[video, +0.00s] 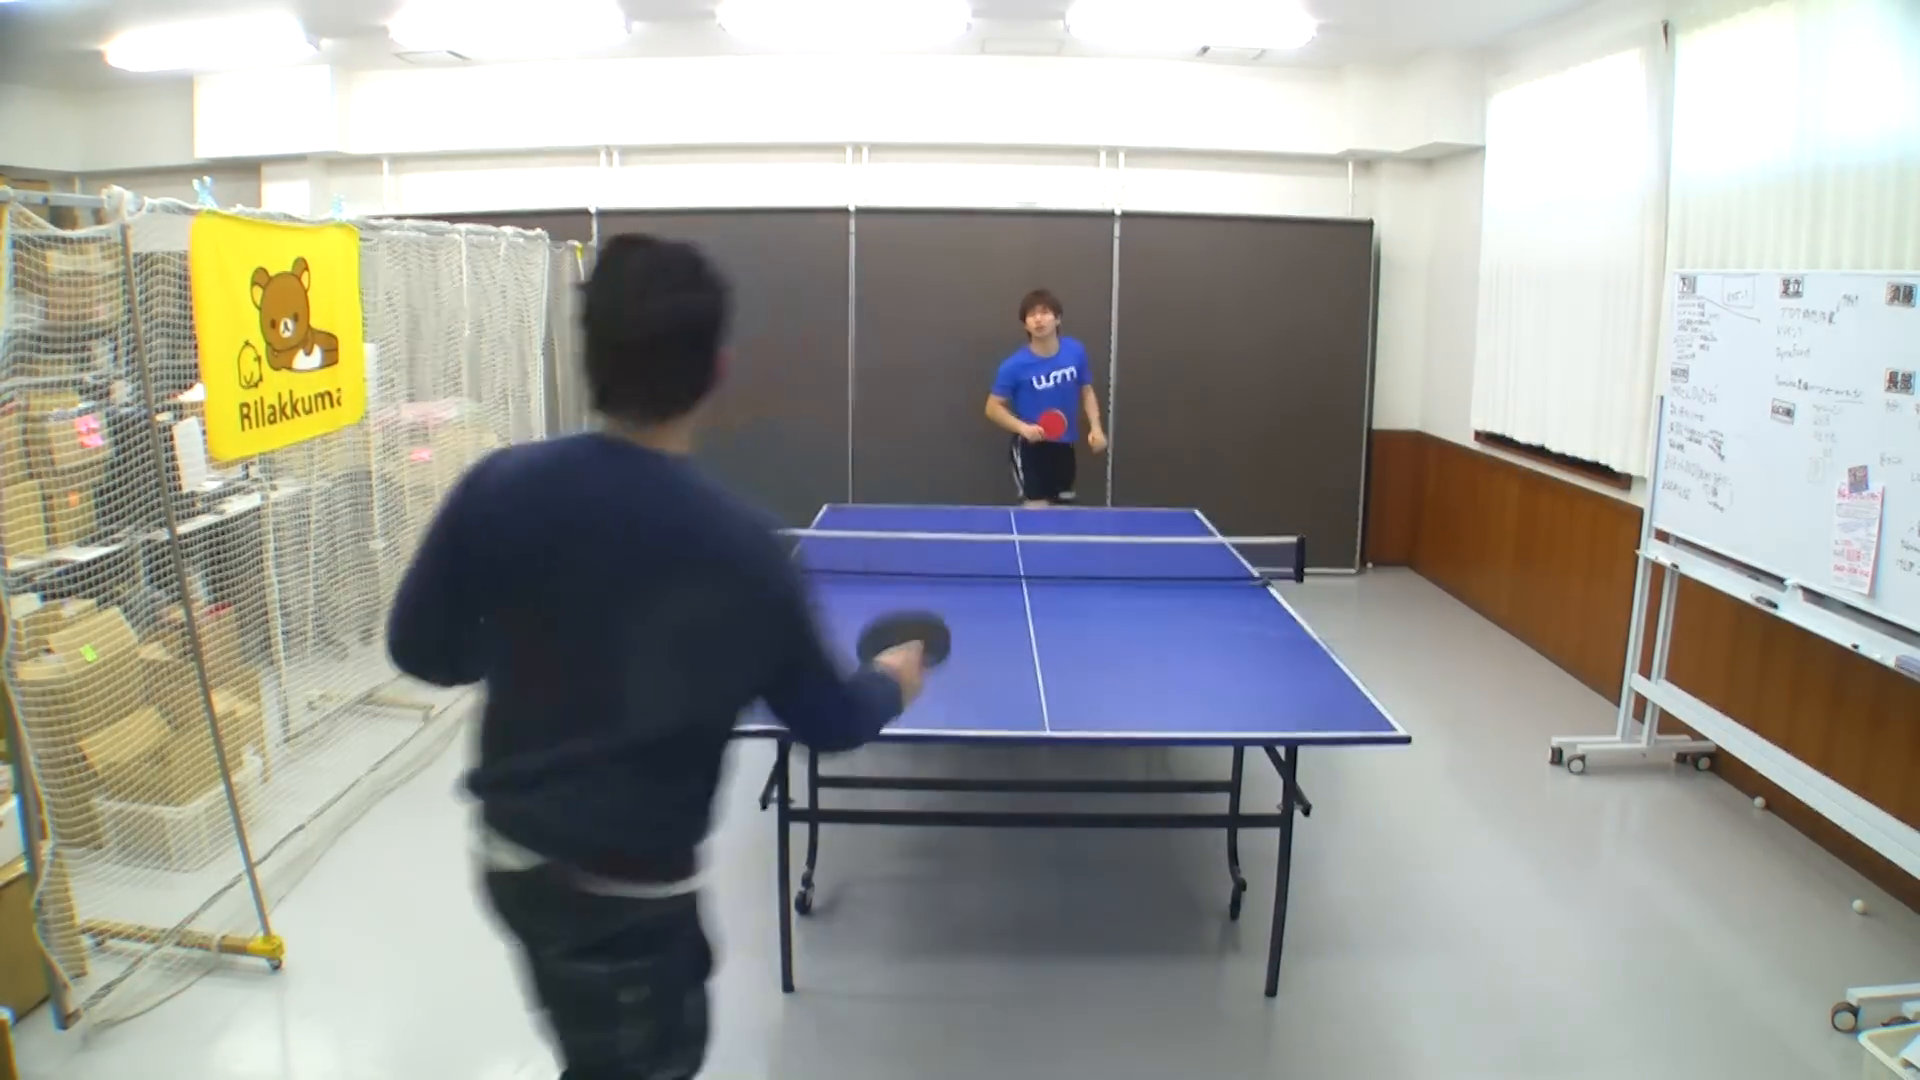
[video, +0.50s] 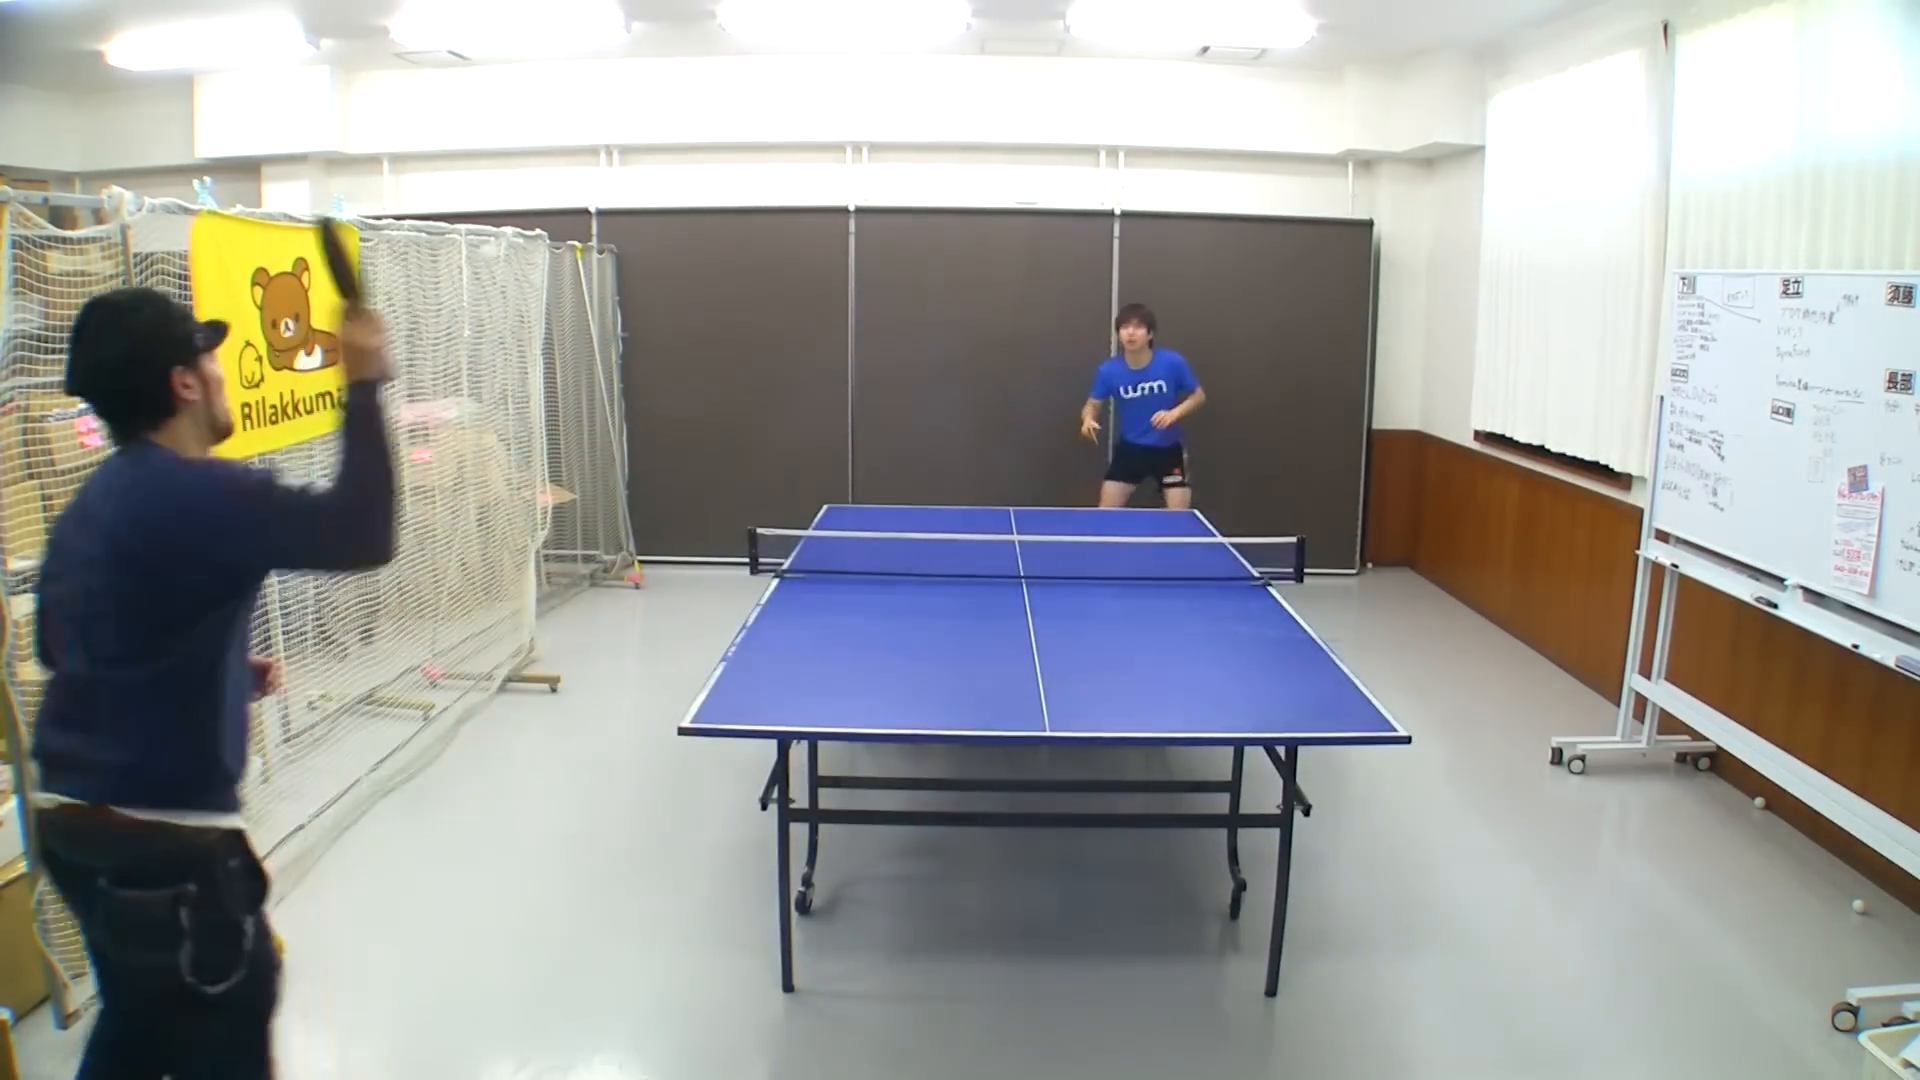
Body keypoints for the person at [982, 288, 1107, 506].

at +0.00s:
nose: (1039, 319)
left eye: (1045, 313)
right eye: (1032, 314)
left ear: (1057, 319)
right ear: (1025, 324)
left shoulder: (1075, 352)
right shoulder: (1013, 366)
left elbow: (1087, 390)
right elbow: (992, 407)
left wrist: (1095, 427)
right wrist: (1023, 428)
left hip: (1064, 444)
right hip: (1030, 445)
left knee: (1062, 512)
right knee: (1037, 511)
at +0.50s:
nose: (1131, 333)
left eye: (1138, 327)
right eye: (1125, 327)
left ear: (1149, 334)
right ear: (1118, 333)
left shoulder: (1171, 362)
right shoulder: (1109, 370)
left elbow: (1199, 395)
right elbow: (1093, 403)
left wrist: (1173, 414)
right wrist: (1088, 419)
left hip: (1167, 449)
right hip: (1130, 449)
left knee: (1178, 519)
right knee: (1106, 514)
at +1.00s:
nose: (1260, 350)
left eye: (1265, 344)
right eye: (1253, 344)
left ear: (1273, 349)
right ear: (1241, 351)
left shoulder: (1285, 379)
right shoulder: (1227, 387)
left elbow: (1308, 410)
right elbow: (1217, 431)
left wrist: (1305, 413)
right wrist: (1253, 430)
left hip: (1271, 469)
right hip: (1233, 469)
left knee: (1301, 525)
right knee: (1193, 520)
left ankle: (1302, 579)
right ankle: (1168, 579)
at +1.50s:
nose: (1433, 374)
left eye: (1440, 370)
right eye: (1427, 367)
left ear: (1444, 375)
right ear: (1413, 370)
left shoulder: (1422, 404)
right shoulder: (1403, 401)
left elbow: (1401, 448)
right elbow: (1401, 451)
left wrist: (1407, 478)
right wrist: (1446, 461)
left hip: (1387, 480)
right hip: (1360, 476)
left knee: (1430, 528)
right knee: (1342, 557)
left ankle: (1421, 595)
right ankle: (1274, 565)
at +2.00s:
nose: (1341, 335)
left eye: (1347, 329)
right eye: (1334, 328)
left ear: (1356, 336)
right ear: (1322, 335)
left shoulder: (1358, 370)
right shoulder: (1308, 374)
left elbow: (1357, 414)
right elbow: (1295, 421)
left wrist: (1364, 445)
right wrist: (1338, 430)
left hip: (1342, 463)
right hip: (1307, 464)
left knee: (1365, 533)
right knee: (1312, 544)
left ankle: (1382, 593)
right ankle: (1278, 600)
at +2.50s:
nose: (1212, 324)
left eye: (1220, 317)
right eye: (1206, 318)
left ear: (1233, 325)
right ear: (1197, 325)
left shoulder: (1252, 366)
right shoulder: (1186, 368)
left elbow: (1263, 413)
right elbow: (1180, 403)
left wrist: (1261, 463)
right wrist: (1173, 427)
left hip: (1233, 466)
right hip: (1192, 462)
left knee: (1236, 538)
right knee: (1172, 526)